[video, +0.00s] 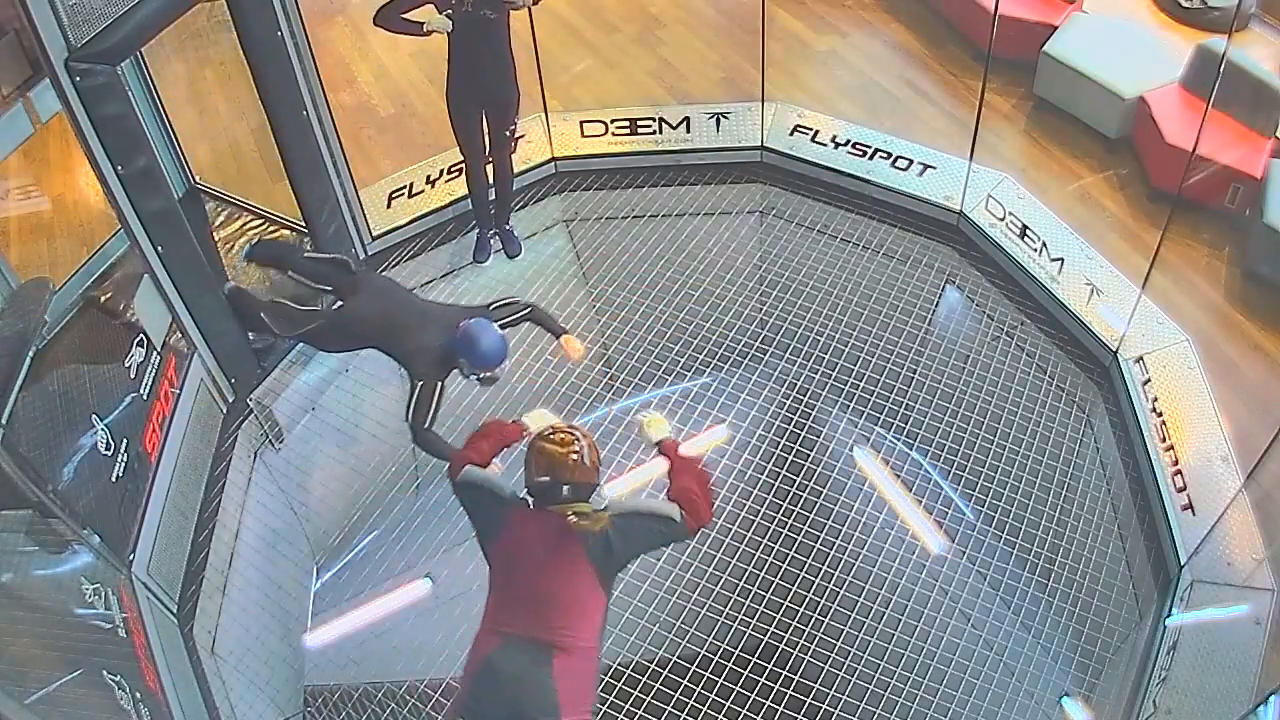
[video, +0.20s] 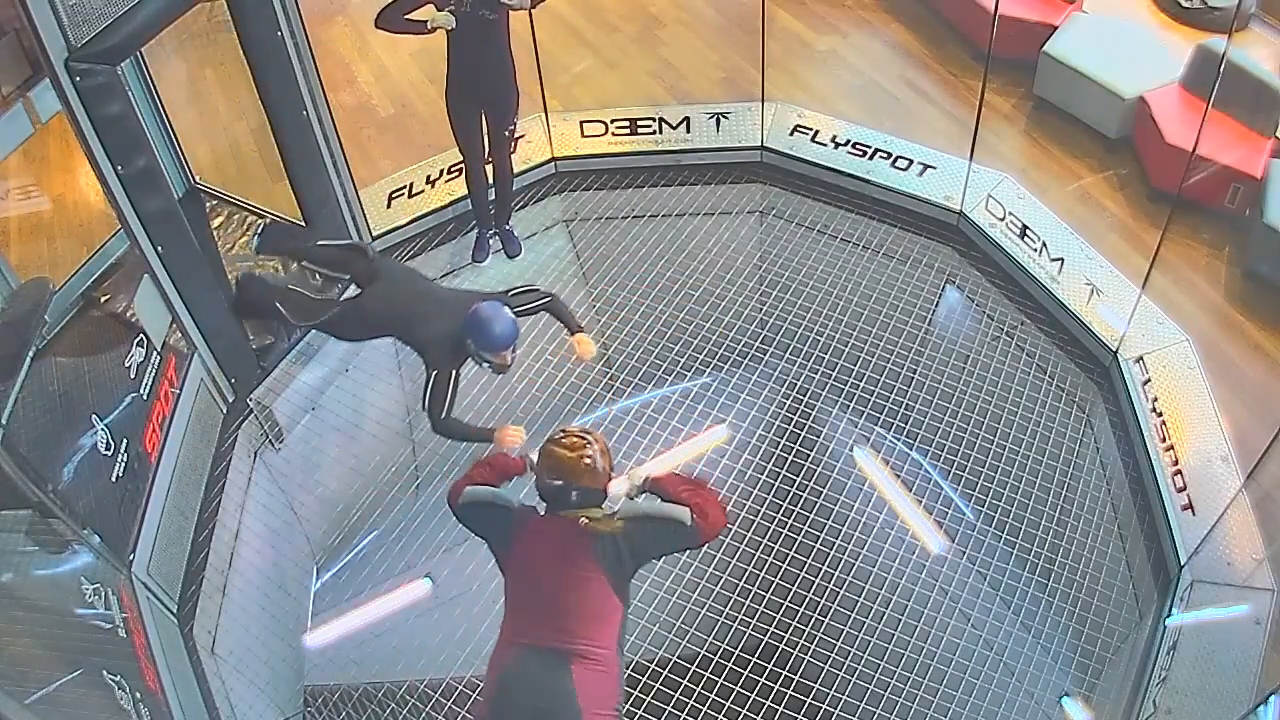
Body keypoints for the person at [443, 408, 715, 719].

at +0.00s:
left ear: (531, 478)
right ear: (594, 483)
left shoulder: (504, 519)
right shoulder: (609, 534)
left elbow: (464, 463)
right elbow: (694, 513)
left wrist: (515, 427)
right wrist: (674, 448)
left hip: (490, 677)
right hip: (563, 688)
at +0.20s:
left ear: (541, 484)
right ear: (606, 487)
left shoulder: (515, 527)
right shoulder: (623, 537)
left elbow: (462, 494)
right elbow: (712, 519)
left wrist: (514, 460)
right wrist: (653, 480)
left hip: (511, 691)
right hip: (587, 693)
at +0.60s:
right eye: (614, 460)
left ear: (550, 489)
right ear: (616, 484)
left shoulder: (528, 531)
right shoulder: (638, 530)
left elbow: (470, 499)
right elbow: (726, 504)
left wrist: (532, 464)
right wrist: (689, 455)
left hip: (538, 689)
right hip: (617, 692)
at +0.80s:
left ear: (551, 485)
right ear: (617, 485)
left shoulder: (526, 528)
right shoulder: (637, 529)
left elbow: (469, 494)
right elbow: (717, 503)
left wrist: (530, 462)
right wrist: (661, 467)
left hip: (539, 695)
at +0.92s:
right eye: (607, 458)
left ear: (545, 484)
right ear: (612, 484)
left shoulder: (521, 527)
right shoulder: (631, 527)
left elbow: (462, 493)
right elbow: (713, 503)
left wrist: (524, 458)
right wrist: (646, 468)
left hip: (537, 683)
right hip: (615, 684)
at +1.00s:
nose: (576, 436)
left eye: (586, 440)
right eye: (569, 438)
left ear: (542, 480)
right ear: (606, 483)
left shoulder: (514, 524)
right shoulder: (626, 524)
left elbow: (456, 490)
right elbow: (707, 504)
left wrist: (521, 455)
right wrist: (638, 469)